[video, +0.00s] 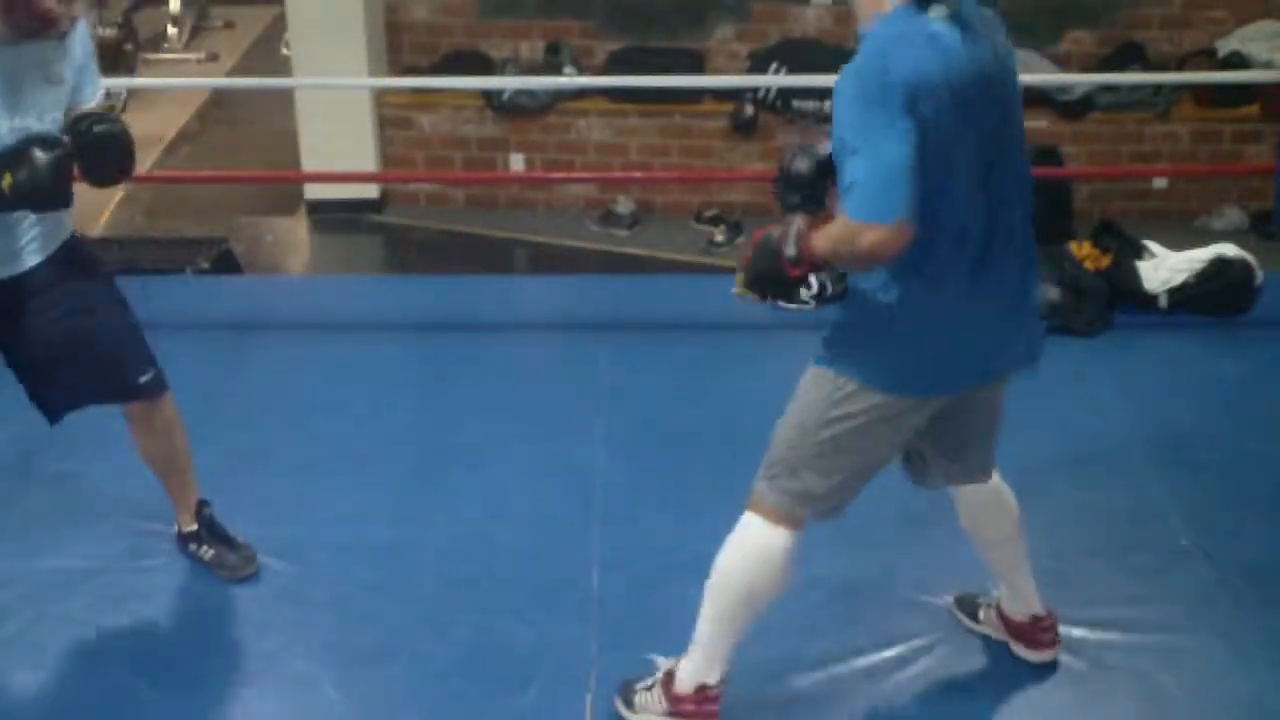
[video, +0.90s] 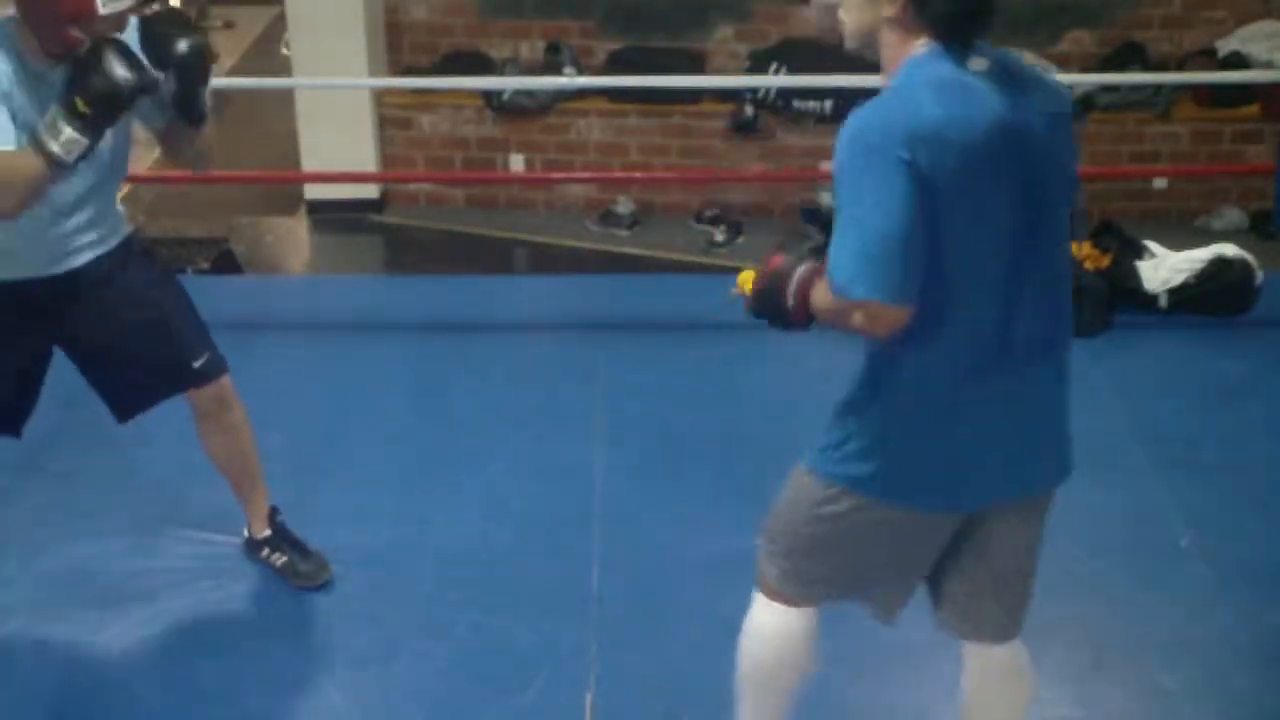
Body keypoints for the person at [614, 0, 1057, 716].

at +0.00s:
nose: (835, 8)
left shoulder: (877, 74)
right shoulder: (978, 29)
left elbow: (882, 230)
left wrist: (797, 246)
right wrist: (848, 173)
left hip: (899, 334)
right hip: (992, 318)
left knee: (778, 503)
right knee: (968, 469)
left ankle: (693, 684)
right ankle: (1027, 616)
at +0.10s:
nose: (772, 8)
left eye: (777, 6)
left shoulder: (809, 79)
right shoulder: (948, 52)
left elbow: (817, 239)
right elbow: (991, 181)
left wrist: (747, 240)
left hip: (845, 355)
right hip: (949, 339)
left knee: (743, 516)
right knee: (961, 469)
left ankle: (690, 696)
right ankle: (1022, 610)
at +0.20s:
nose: (730, 9)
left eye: (732, 4)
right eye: (733, 6)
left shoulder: (741, 80)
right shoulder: (917, 33)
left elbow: (720, 242)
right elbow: (977, 148)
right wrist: (908, 212)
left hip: (814, 348)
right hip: (922, 329)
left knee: (718, 516)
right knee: (946, 460)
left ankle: (684, 698)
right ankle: (1011, 609)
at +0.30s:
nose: (698, 8)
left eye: (697, 4)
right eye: (700, 5)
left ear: (713, 0)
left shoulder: (704, 91)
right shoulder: (888, 30)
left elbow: (680, 261)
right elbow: (966, 142)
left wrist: (732, 236)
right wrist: (896, 206)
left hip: (791, 361)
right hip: (905, 339)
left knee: (708, 525)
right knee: (927, 466)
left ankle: (684, 700)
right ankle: (1004, 637)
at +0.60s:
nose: (739, 8)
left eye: (741, 2)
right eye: (739, 3)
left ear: (767, 1)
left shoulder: (758, 95)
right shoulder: (920, 62)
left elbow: (752, 266)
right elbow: (942, 175)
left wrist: (701, 308)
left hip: (798, 391)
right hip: (917, 379)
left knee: (711, 552)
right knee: (942, 562)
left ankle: (678, 705)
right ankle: (1000, 711)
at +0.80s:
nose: (810, 17)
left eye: (823, 5)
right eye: (815, 3)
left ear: (869, 22)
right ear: (938, 24)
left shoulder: (861, 151)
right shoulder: (1010, 121)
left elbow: (854, 331)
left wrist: (771, 326)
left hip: (874, 452)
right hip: (990, 449)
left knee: (750, 589)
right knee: (963, 636)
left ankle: (677, 709)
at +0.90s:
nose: (833, 3)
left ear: (897, 6)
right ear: (960, 10)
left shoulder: (883, 127)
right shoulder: (1043, 100)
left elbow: (882, 310)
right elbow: (1044, 250)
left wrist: (803, 290)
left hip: (907, 438)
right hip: (1027, 433)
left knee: (786, 586)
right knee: (994, 634)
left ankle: (758, 709)